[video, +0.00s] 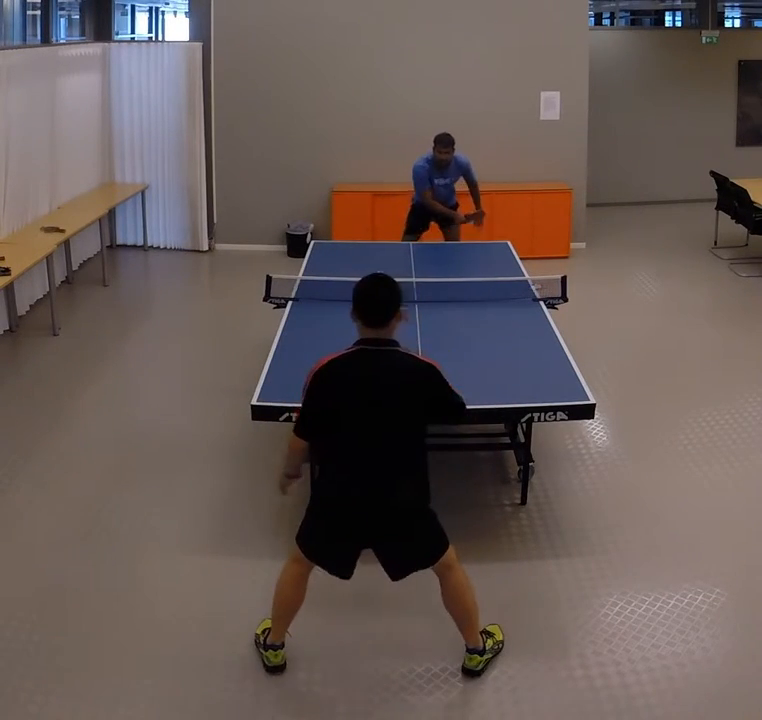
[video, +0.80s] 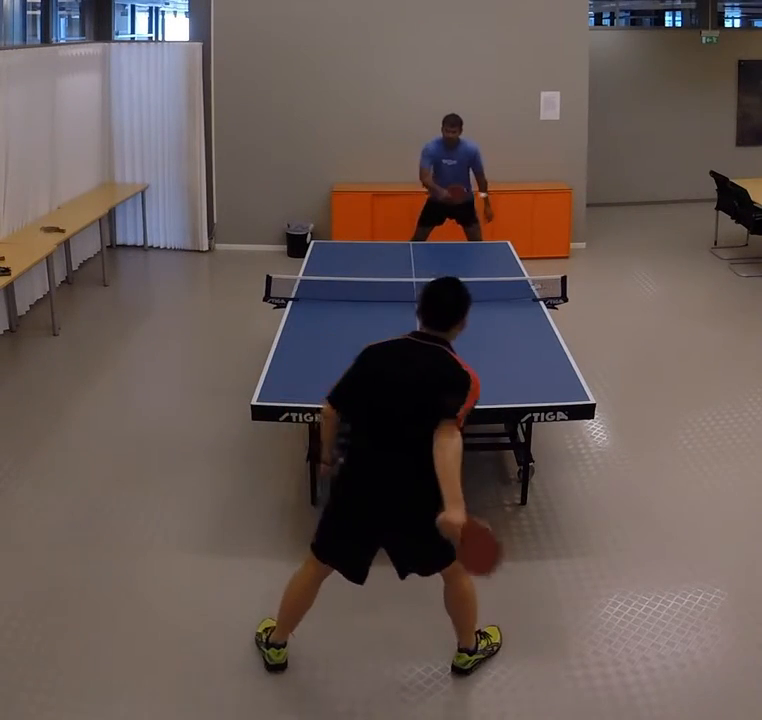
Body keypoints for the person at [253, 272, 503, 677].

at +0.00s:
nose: (400, 314)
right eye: (399, 309)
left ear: (355, 314)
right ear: (400, 316)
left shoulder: (326, 373)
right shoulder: (421, 372)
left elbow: (300, 442)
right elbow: (457, 413)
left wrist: (289, 472)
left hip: (336, 505)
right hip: (402, 505)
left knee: (300, 563)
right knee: (447, 567)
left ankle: (274, 643)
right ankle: (476, 648)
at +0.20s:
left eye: (337, 304)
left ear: (335, 309)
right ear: (379, 310)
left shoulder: (314, 371)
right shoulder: (404, 364)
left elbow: (290, 444)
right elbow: (419, 411)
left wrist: (272, 479)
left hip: (333, 500)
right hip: (396, 497)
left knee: (297, 568)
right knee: (442, 569)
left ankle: (273, 644)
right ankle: (476, 648)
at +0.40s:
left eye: (347, 292)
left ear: (346, 298)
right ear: (389, 304)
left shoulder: (319, 359)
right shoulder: (402, 353)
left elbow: (303, 436)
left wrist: (282, 479)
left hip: (332, 487)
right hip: (391, 483)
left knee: (296, 567)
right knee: (433, 567)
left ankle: (273, 643)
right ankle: (474, 642)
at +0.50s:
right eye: (398, 298)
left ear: (355, 295)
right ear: (399, 302)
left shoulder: (313, 346)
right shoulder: (408, 352)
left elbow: (292, 416)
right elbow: (459, 409)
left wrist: (289, 469)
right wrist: (490, 429)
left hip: (326, 484)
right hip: (388, 484)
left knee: (297, 566)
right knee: (432, 563)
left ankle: (273, 643)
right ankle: (468, 635)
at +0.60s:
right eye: (417, 303)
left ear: (375, 297)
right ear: (417, 307)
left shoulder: (328, 345)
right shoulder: (421, 362)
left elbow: (290, 405)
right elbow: (458, 428)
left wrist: (286, 451)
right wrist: (502, 478)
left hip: (331, 486)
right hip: (392, 489)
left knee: (301, 565)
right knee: (437, 566)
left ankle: (273, 643)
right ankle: (468, 642)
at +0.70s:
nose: (449, 319)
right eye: (450, 313)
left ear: (404, 308)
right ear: (446, 319)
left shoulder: (356, 351)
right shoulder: (442, 371)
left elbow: (309, 402)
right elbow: (438, 419)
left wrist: (299, 454)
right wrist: (451, 476)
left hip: (341, 490)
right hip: (400, 495)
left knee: (306, 565)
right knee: (445, 570)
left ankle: (273, 643)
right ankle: (467, 647)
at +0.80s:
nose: (463, 322)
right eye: (464, 317)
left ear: (419, 312)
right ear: (461, 322)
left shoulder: (376, 354)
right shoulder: (457, 375)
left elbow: (331, 409)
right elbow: (446, 432)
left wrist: (327, 457)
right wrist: (454, 504)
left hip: (359, 490)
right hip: (418, 497)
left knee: (316, 566)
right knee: (455, 572)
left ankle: (276, 642)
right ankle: (468, 648)